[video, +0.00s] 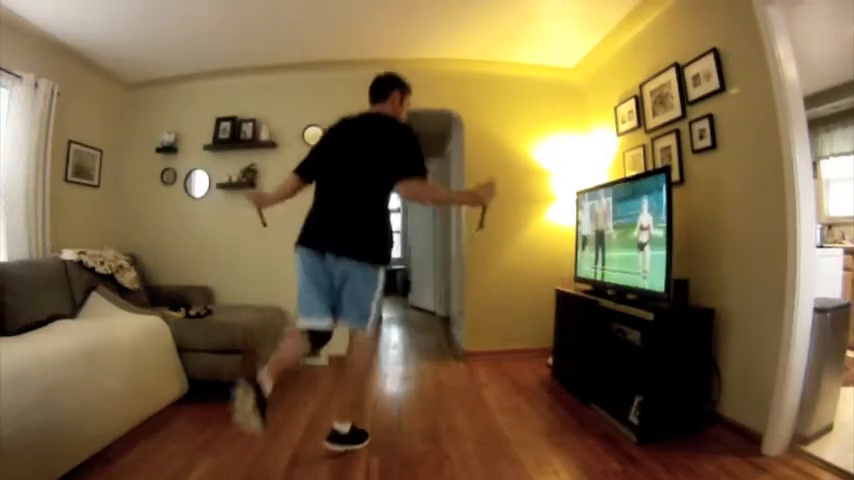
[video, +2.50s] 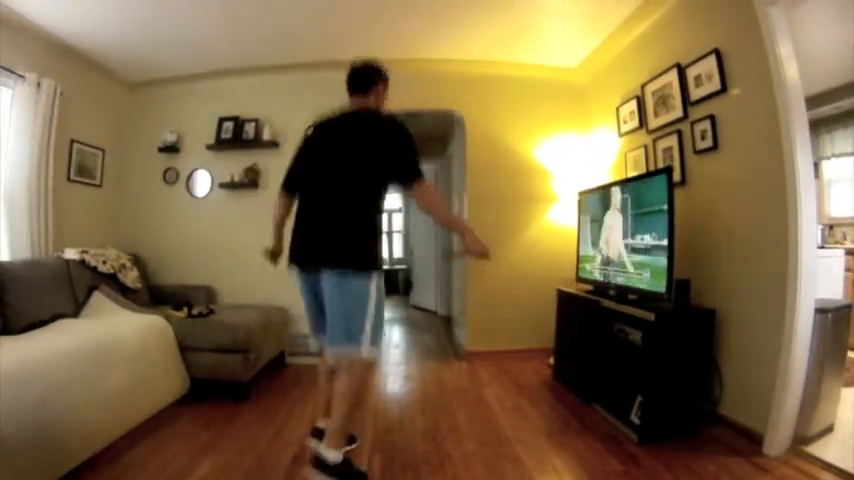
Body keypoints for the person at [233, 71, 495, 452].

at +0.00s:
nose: (406, 110)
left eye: (405, 104)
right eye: (406, 103)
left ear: (372, 99)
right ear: (396, 100)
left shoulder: (341, 128)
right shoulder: (400, 135)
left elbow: (301, 176)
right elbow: (411, 189)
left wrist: (269, 198)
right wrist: (470, 197)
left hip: (315, 240)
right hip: (361, 247)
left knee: (313, 327)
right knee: (361, 336)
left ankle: (262, 382)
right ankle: (344, 426)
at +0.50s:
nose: (395, 111)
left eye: (394, 104)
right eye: (394, 104)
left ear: (360, 103)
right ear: (385, 103)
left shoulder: (333, 135)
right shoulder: (394, 142)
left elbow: (297, 190)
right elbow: (423, 197)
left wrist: (269, 234)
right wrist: (454, 244)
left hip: (306, 243)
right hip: (350, 251)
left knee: (286, 336)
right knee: (347, 342)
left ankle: (258, 414)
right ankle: (339, 429)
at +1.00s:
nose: (387, 114)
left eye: (387, 108)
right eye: (387, 107)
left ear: (352, 106)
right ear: (376, 105)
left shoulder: (325, 140)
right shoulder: (386, 142)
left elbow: (289, 191)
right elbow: (421, 192)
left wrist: (270, 216)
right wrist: (475, 197)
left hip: (313, 252)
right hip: (359, 254)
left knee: (303, 348)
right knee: (360, 347)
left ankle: (278, 435)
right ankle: (344, 431)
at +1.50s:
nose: (392, 83)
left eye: (391, 77)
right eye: (391, 76)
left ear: (356, 73)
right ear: (379, 72)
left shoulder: (325, 103)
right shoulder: (389, 109)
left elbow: (286, 160)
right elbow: (411, 169)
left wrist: (251, 202)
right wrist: (448, 213)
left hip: (306, 217)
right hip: (354, 223)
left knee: (303, 307)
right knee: (356, 313)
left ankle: (263, 383)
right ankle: (339, 406)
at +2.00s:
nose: (378, 58)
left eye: (376, 52)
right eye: (378, 52)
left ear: (339, 49)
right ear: (371, 47)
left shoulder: (307, 83)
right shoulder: (372, 79)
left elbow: (273, 143)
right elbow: (389, 142)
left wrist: (252, 190)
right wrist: (447, 177)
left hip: (298, 207)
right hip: (341, 208)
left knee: (330, 310)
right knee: (330, 315)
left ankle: (332, 399)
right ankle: (308, 424)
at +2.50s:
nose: (387, 97)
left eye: (383, 90)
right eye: (387, 90)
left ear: (349, 91)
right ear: (381, 90)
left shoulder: (320, 130)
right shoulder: (389, 131)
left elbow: (287, 190)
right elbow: (419, 191)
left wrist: (276, 237)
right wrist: (463, 230)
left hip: (308, 250)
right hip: (352, 253)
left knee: (331, 351)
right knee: (355, 358)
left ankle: (327, 427)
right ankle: (332, 450)